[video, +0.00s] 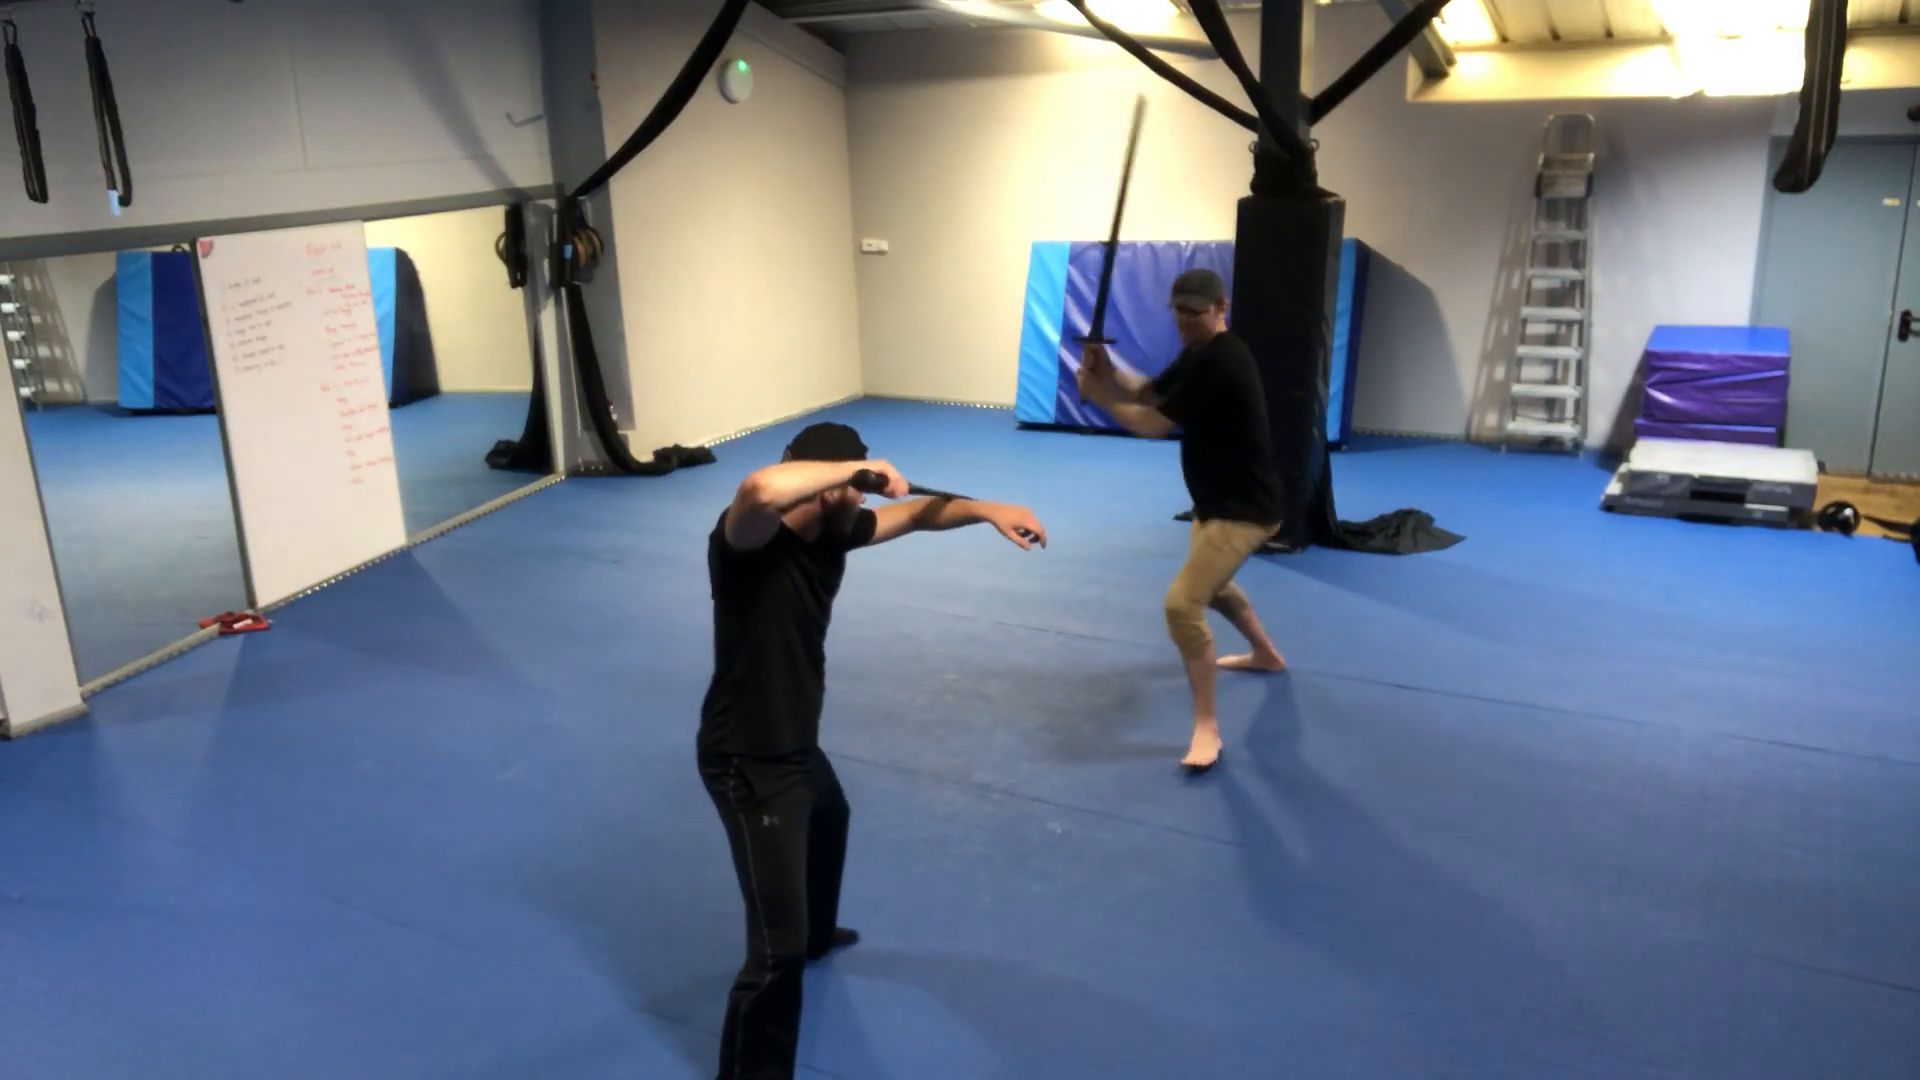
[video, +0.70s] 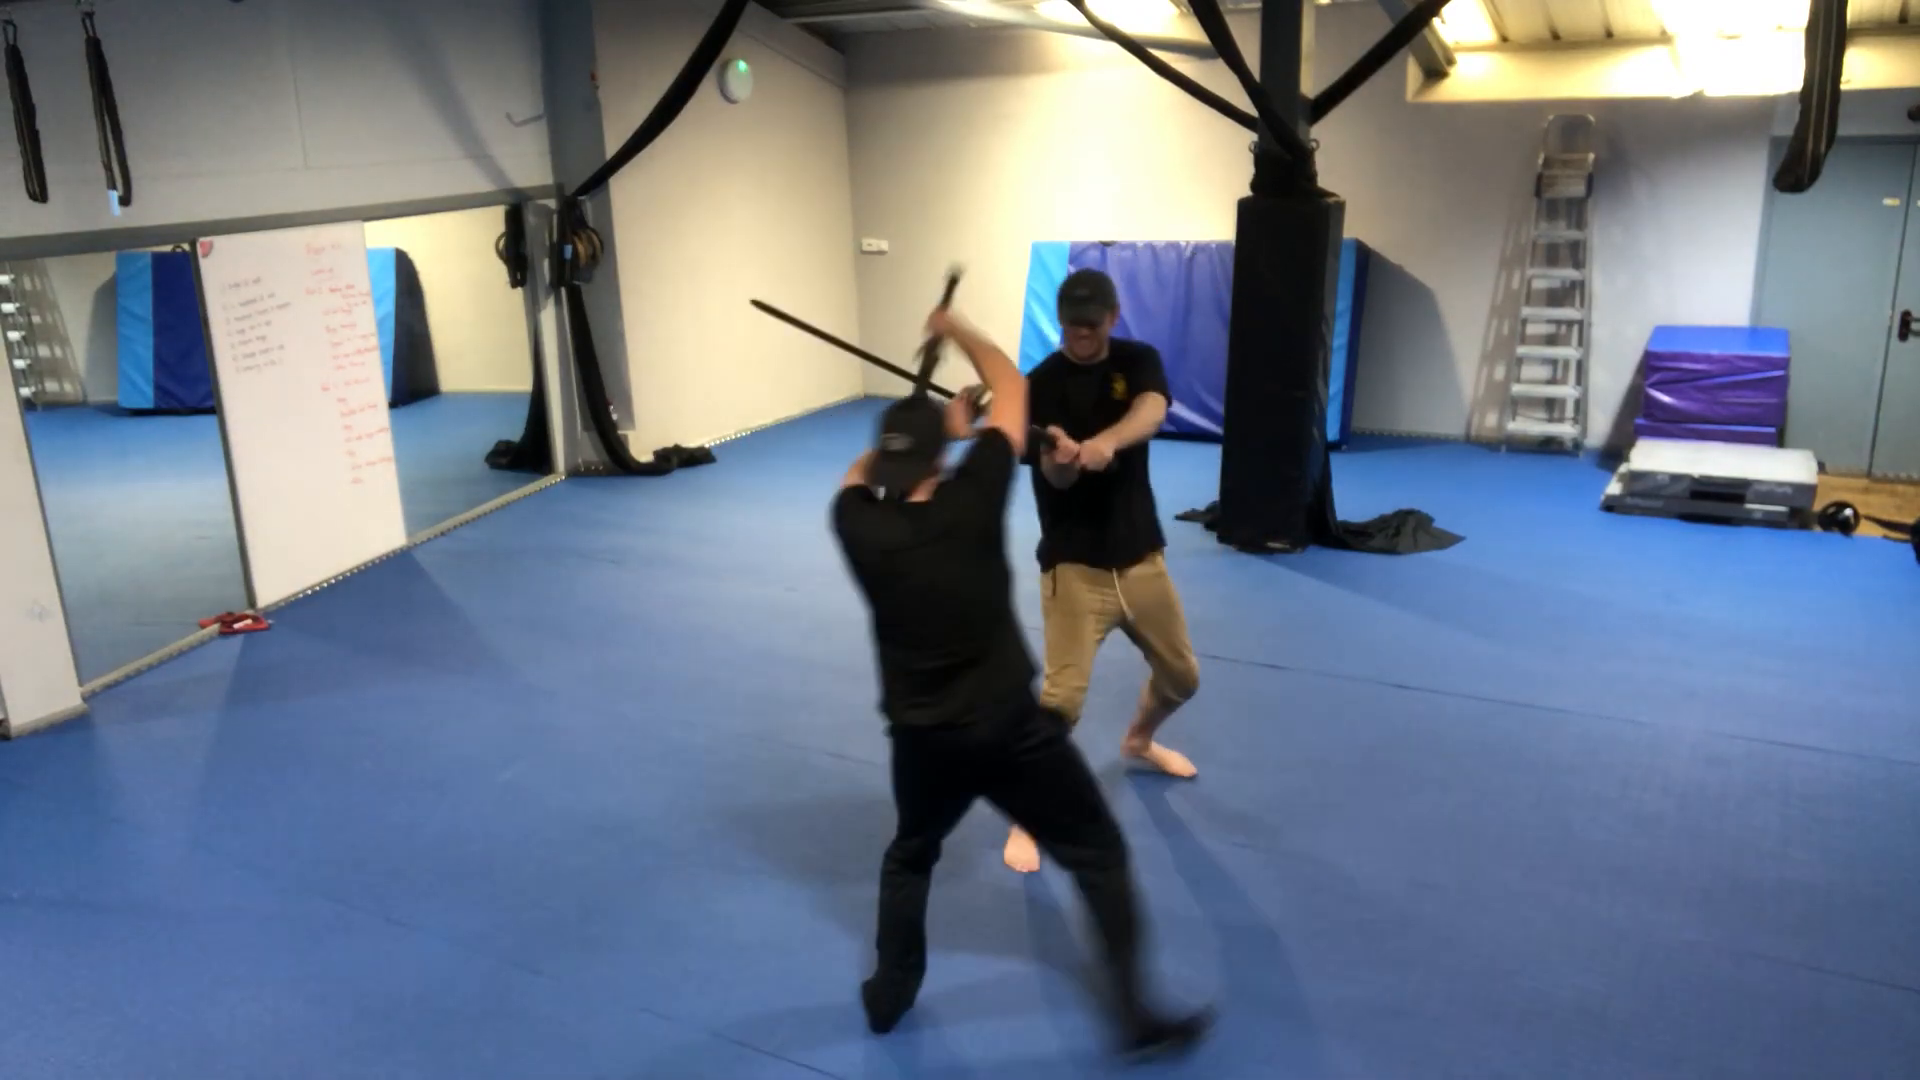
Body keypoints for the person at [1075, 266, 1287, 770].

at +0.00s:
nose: (1181, 323)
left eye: (1191, 314)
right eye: (1178, 314)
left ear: (1219, 312)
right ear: (1177, 312)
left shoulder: (1222, 361)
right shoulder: (1198, 353)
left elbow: (1157, 424)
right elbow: (1146, 393)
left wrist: (1103, 398)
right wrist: (1107, 367)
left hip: (1247, 510)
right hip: (1215, 503)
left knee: (1182, 607)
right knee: (1210, 584)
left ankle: (1205, 726)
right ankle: (1264, 652)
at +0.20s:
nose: (1181, 312)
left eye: (1192, 303)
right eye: (1174, 302)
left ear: (1215, 301)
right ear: (1164, 302)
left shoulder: (1238, 338)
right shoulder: (1158, 356)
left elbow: (1179, 359)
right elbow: (1115, 436)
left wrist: (1097, 358)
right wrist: (1087, 372)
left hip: (1223, 510)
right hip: (1168, 507)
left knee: (1181, 635)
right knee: (1163, 625)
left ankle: (1206, 734)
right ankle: (1229, 630)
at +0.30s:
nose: (1169, 309)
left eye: (1178, 298)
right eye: (1159, 299)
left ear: (1199, 293)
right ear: (1146, 297)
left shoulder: (1225, 329)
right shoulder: (1133, 357)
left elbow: (1193, 344)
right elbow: (1114, 433)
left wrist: (1097, 345)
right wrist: (1084, 367)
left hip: (1213, 508)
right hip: (1149, 507)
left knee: (1190, 646)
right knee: (1122, 637)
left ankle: (1208, 732)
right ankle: (1173, 675)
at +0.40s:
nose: (1147, 306)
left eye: (1156, 295)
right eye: (1137, 296)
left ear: (1176, 290)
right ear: (1124, 295)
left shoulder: (1201, 325)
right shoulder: (1110, 352)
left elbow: (1196, 349)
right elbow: (1111, 442)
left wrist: (1105, 364)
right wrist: (1082, 381)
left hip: (1194, 518)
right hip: (1126, 518)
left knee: (1194, 653)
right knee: (1091, 645)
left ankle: (1205, 735)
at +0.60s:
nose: (1096, 332)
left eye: (1107, 322)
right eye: (1087, 322)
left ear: (1128, 317)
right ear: (1074, 320)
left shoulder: (1154, 361)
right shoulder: (1058, 384)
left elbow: (1168, 402)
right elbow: (1069, 475)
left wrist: (1120, 425)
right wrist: (1074, 447)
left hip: (1151, 557)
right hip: (1083, 561)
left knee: (1180, 682)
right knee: (1067, 696)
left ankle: (1155, 735)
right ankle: (1022, 797)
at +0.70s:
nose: (1081, 343)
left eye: (1092, 332)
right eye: (1072, 332)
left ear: (1112, 320)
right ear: (1058, 322)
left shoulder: (1139, 360)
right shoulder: (1040, 385)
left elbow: (1151, 410)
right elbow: (1054, 480)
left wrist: (1106, 441)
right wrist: (1061, 460)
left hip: (1140, 558)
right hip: (1073, 567)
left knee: (1180, 676)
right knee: (1062, 702)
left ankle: (1138, 740)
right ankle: (1026, 821)